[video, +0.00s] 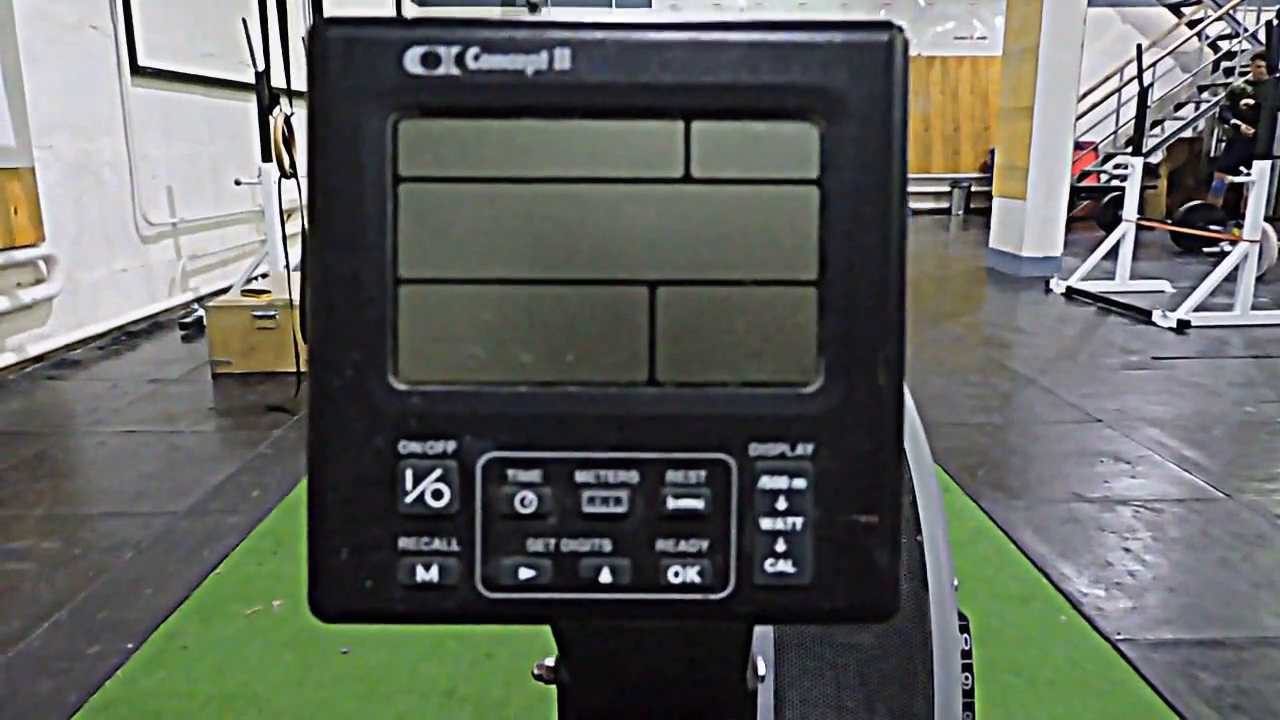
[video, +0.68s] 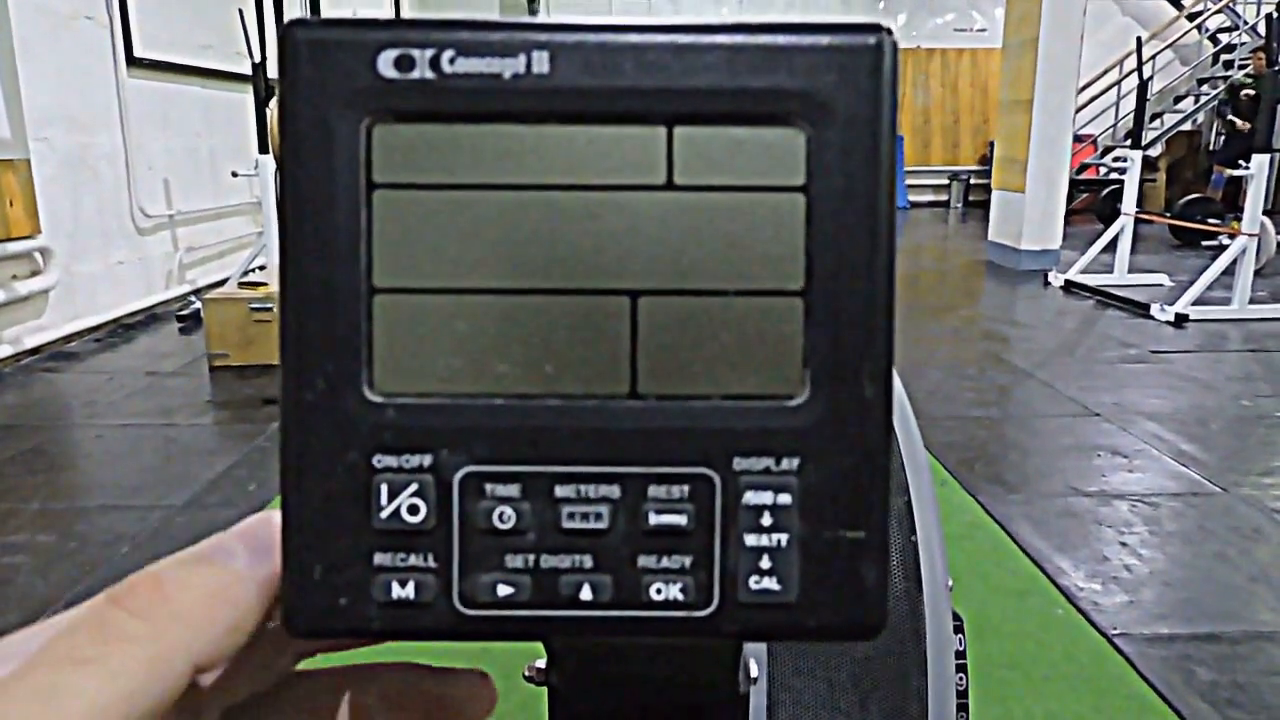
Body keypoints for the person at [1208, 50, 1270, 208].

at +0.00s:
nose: (1259, 70)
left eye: (1262, 67)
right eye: (1256, 66)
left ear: (1269, 69)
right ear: (1251, 67)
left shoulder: (1272, 89)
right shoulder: (1237, 87)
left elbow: (1273, 113)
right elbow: (1223, 111)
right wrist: (1238, 125)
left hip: (1261, 140)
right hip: (1238, 138)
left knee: (1256, 179)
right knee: (1221, 173)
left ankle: (1249, 218)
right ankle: (1210, 216)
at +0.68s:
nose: (1258, 63)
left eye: (1262, 59)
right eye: (1256, 59)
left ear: (1268, 62)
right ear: (1251, 61)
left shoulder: (1272, 84)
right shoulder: (1237, 82)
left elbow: (1272, 110)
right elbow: (1221, 107)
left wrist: (1255, 125)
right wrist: (1234, 121)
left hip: (1259, 134)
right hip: (1237, 133)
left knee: (1256, 170)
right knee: (1220, 165)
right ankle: (1210, 207)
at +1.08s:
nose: (1257, 63)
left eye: (1261, 59)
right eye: (1255, 59)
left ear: (1268, 62)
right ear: (1252, 60)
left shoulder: (1272, 82)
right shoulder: (1239, 80)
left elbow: (1273, 103)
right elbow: (1227, 104)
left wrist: (1256, 94)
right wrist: (1232, 123)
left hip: (1260, 134)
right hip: (1238, 132)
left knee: (1254, 171)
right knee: (1223, 166)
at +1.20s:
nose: (1260, 60)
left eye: (1263, 57)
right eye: (1257, 57)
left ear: (1270, 59)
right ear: (1253, 58)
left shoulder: (1273, 80)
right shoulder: (1243, 78)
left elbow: (1273, 103)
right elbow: (1227, 97)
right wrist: (1230, 115)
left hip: (1263, 131)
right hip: (1241, 129)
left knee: (1258, 169)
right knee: (1223, 164)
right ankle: (1214, 204)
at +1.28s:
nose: (1259, 62)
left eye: (1263, 59)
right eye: (1257, 58)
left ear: (1271, 61)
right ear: (1254, 60)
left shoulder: (1273, 81)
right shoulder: (1244, 78)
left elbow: (1271, 105)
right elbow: (1226, 94)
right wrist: (1231, 109)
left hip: (1262, 132)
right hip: (1241, 130)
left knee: (1257, 171)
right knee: (1223, 165)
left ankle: (1251, 209)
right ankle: (1214, 206)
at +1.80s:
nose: (1265, 70)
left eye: (1269, 66)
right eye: (1264, 66)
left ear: (1275, 69)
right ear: (1260, 66)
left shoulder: (1274, 86)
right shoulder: (1252, 83)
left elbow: (1273, 115)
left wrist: (1255, 116)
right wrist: (1250, 95)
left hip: (1264, 138)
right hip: (1244, 136)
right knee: (1227, 172)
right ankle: (1217, 215)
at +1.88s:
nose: (1265, 72)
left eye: (1269, 69)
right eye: (1264, 68)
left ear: (1276, 71)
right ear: (1262, 68)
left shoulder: (1274, 88)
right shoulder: (1254, 86)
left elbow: (1274, 114)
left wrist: (1258, 117)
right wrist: (1250, 96)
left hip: (1264, 140)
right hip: (1244, 138)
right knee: (1227, 174)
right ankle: (1217, 215)